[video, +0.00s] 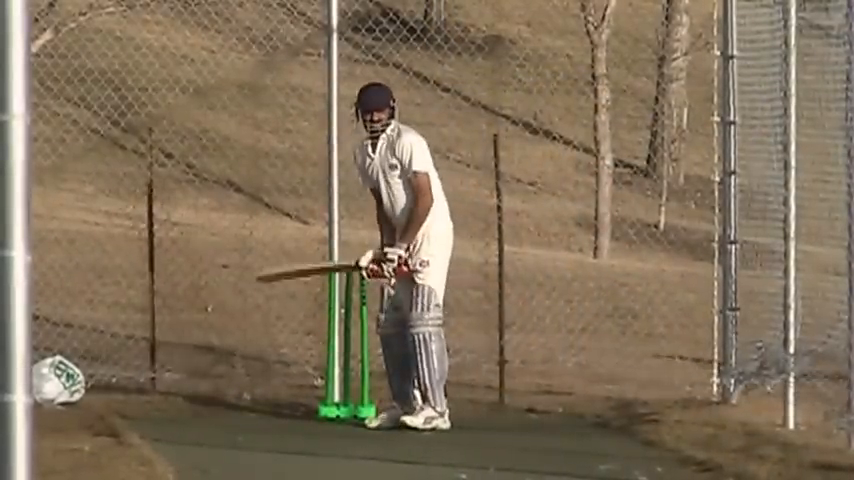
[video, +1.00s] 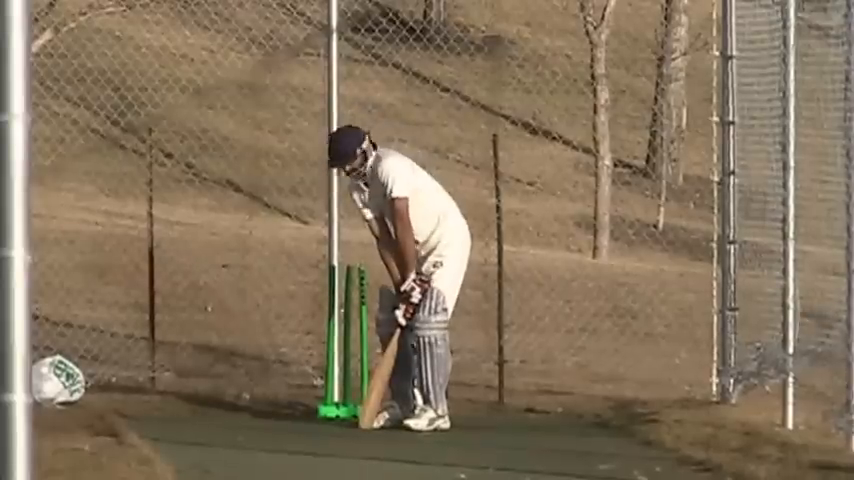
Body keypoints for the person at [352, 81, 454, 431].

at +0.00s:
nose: (374, 118)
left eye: (380, 112)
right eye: (367, 112)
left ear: (392, 111)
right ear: (359, 115)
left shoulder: (408, 142)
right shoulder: (363, 151)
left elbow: (425, 198)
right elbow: (382, 205)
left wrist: (403, 246)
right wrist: (385, 250)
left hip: (429, 241)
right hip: (401, 244)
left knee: (422, 320)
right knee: (391, 322)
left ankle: (435, 408)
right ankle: (406, 403)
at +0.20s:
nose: (375, 120)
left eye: (381, 113)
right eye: (369, 114)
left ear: (393, 111)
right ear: (361, 116)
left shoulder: (409, 142)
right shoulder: (364, 151)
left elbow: (423, 198)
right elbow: (383, 203)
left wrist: (408, 248)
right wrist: (387, 249)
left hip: (428, 242)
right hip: (400, 245)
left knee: (421, 321)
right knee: (391, 322)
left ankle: (434, 408)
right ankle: (404, 404)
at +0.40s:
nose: (367, 136)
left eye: (372, 129)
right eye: (361, 132)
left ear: (385, 118)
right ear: (354, 128)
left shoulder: (405, 142)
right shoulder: (365, 152)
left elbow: (418, 199)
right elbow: (387, 205)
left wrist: (407, 251)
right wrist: (389, 253)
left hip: (433, 243)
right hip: (405, 247)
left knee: (426, 324)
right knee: (394, 324)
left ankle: (434, 409)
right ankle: (404, 404)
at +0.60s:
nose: (355, 173)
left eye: (357, 166)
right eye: (349, 169)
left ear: (369, 150)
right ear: (349, 158)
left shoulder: (395, 156)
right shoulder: (363, 174)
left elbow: (409, 211)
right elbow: (389, 225)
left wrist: (413, 266)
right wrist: (400, 273)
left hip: (440, 240)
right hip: (411, 246)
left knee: (429, 321)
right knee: (397, 322)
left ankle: (435, 409)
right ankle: (404, 404)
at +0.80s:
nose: (349, 191)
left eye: (351, 183)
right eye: (343, 186)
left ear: (362, 166)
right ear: (337, 177)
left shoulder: (386, 171)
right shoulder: (356, 190)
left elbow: (401, 225)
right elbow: (382, 239)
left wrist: (412, 279)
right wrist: (402, 286)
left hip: (447, 240)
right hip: (413, 246)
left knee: (429, 320)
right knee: (392, 323)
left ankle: (435, 409)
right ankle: (404, 403)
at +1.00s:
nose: (349, 172)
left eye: (353, 164)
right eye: (343, 167)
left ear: (366, 152)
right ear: (339, 165)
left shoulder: (390, 168)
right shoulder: (358, 187)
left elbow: (403, 226)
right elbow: (382, 237)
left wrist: (410, 278)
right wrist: (400, 285)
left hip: (446, 243)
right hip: (414, 248)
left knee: (429, 320)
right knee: (393, 323)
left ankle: (435, 409)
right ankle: (404, 403)